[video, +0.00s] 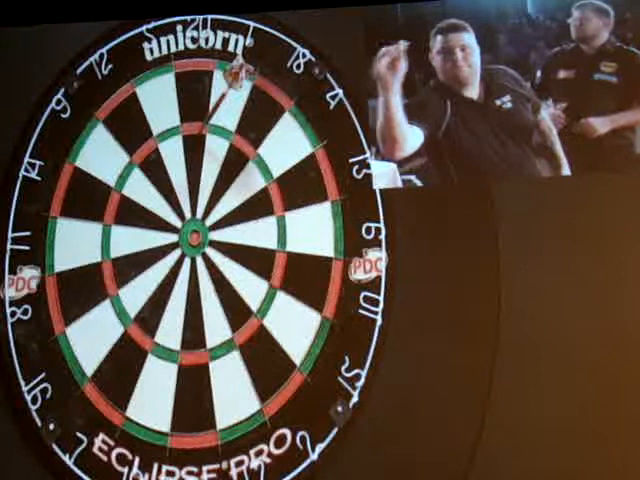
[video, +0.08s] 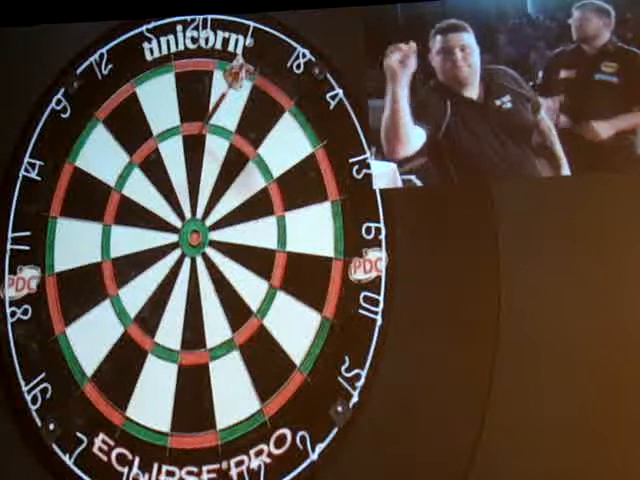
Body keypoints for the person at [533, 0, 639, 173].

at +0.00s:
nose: (577, 24)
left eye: (585, 20)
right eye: (574, 19)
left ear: (607, 24)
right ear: (569, 23)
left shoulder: (630, 61)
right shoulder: (556, 60)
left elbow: (637, 111)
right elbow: (536, 99)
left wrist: (607, 123)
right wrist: (547, 114)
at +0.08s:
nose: (575, 24)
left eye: (584, 19)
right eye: (574, 19)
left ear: (607, 24)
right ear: (570, 22)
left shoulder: (631, 60)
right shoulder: (558, 60)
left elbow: (637, 112)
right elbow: (542, 101)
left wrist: (611, 126)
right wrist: (554, 117)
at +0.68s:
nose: (575, 34)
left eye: (583, 27)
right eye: (574, 28)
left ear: (605, 26)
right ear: (570, 29)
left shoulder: (632, 61)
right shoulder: (568, 61)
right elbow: (531, 90)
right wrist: (555, 55)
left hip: (623, 164)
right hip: (577, 163)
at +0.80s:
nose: (577, 35)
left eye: (583, 28)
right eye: (575, 29)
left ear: (605, 27)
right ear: (571, 29)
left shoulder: (632, 60)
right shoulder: (569, 62)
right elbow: (531, 90)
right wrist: (556, 55)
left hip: (622, 160)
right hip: (576, 159)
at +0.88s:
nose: (578, 36)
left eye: (584, 29)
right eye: (575, 30)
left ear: (605, 27)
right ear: (571, 30)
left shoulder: (632, 60)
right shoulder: (569, 62)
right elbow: (531, 90)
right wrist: (556, 55)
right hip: (576, 160)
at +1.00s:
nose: (580, 36)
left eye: (586, 29)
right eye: (577, 30)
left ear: (607, 27)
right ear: (572, 31)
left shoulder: (632, 60)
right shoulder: (570, 62)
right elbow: (533, 90)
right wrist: (557, 56)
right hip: (576, 160)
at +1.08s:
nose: (581, 35)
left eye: (588, 28)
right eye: (578, 29)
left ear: (610, 26)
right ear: (574, 30)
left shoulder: (633, 60)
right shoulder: (570, 61)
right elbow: (533, 91)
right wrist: (555, 59)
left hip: (622, 159)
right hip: (576, 160)